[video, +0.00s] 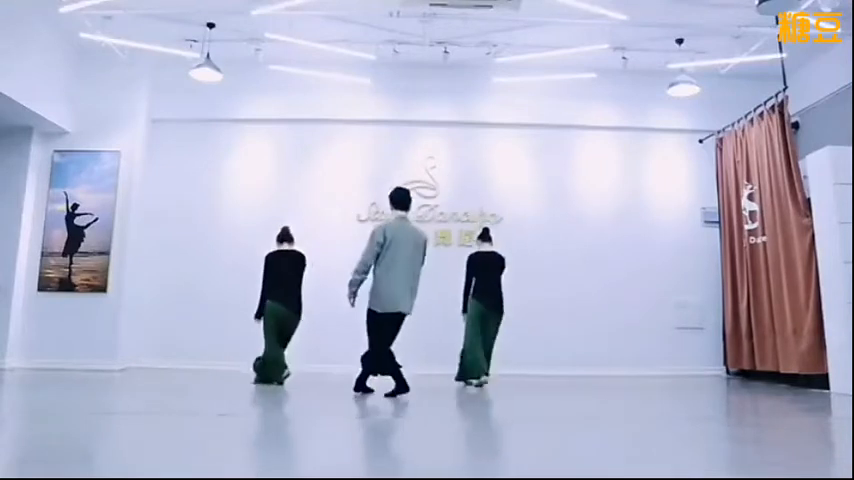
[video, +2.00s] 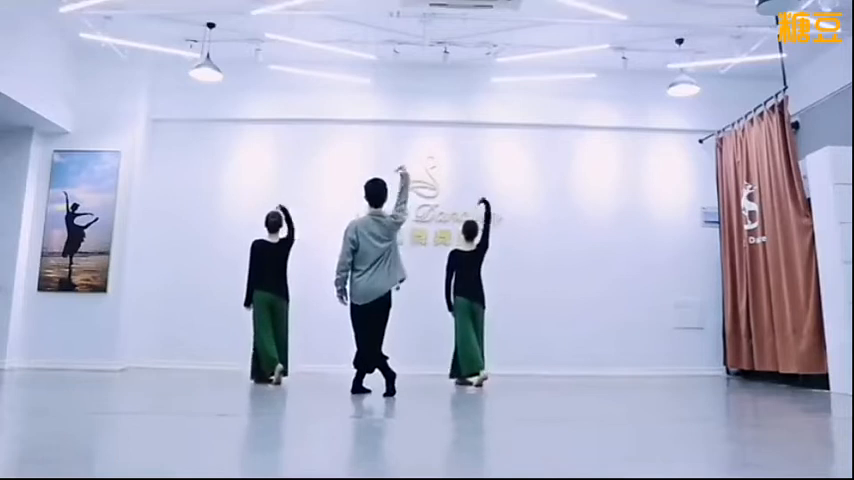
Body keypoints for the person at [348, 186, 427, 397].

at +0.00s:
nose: (392, 205)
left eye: (391, 201)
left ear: (391, 203)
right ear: (410, 205)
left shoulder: (383, 230)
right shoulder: (420, 236)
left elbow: (367, 261)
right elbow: (418, 267)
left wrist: (354, 285)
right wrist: (409, 293)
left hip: (381, 298)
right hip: (406, 300)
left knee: (378, 345)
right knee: (382, 344)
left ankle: (400, 381)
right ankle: (362, 379)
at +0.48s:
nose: (377, 202)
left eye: (374, 198)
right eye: (386, 197)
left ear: (373, 200)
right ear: (393, 200)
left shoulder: (364, 228)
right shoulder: (404, 229)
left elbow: (351, 261)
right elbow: (413, 254)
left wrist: (345, 286)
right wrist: (396, 268)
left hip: (366, 295)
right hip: (391, 295)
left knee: (366, 342)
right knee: (376, 342)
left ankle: (389, 373)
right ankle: (358, 380)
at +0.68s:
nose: (377, 199)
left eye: (374, 195)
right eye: (385, 195)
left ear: (371, 197)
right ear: (390, 198)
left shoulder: (362, 226)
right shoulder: (402, 227)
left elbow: (348, 259)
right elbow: (414, 242)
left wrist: (344, 284)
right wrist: (395, 249)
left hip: (364, 292)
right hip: (390, 293)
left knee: (365, 341)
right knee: (375, 340)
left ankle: (389, 373)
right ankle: (358, 380)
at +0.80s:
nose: (376, 199)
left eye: (372, 195)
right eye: (384, 195)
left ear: (370, 197)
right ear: (390, 198)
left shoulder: (361, 226)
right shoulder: (401, 226)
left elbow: (346, 259)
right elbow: (414, 228)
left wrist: (342, 284)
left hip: (363, 291)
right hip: (388, 291)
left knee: (365, 340)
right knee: (375, 339)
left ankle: (388, 373)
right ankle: (358, 380)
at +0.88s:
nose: (376, 198)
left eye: (372, 195)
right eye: (384, 195)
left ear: (369, 197)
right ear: (389, 197)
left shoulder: (360, 226)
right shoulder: (400, 225)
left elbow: (346, 258)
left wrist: (341, 284)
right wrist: (405, 285)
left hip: (363, 291)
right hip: (387, 291)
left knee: (365, 340)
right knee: (374, 340)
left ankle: (388, 373)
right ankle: (358, 381)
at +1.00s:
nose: (378, 199)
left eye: (372, 195)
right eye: (383, 195)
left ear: (368, 197)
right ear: (388, 198)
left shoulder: (358, 226)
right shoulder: (398, 224)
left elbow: (345, 259)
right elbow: (413, 220)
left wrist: (340, 284)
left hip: (362, 291)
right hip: (386, 291)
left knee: (365, 340)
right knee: (374, 339)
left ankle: (388, 373)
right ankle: (358, 380)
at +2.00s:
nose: (373, 197)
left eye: (369, 194)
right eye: (379, 194)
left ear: (365, 197)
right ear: (385, 198)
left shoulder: (355, 227)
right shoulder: (391, 224)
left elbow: (345, 260)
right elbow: (401, 207)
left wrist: (340, 285)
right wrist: (404, 183)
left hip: (361, 290)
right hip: (383, 289)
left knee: (364, 339)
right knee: (373, 338)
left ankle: (387, 373)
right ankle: (358, 381)